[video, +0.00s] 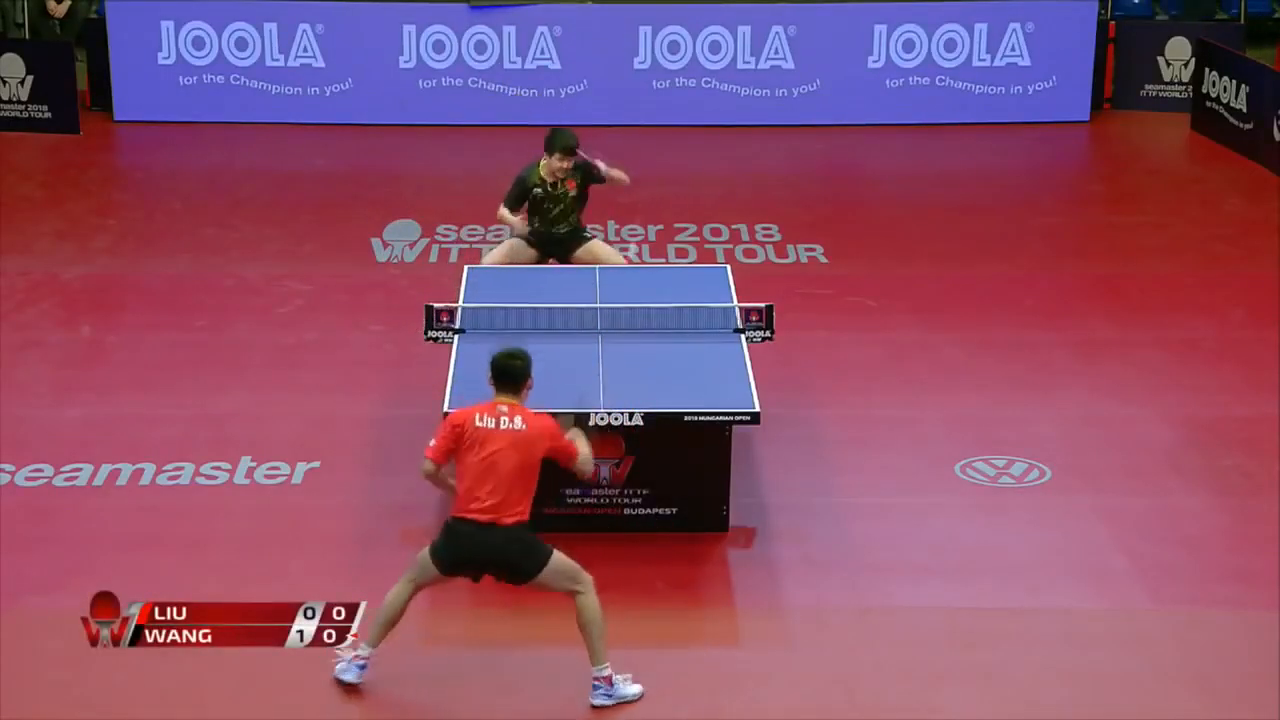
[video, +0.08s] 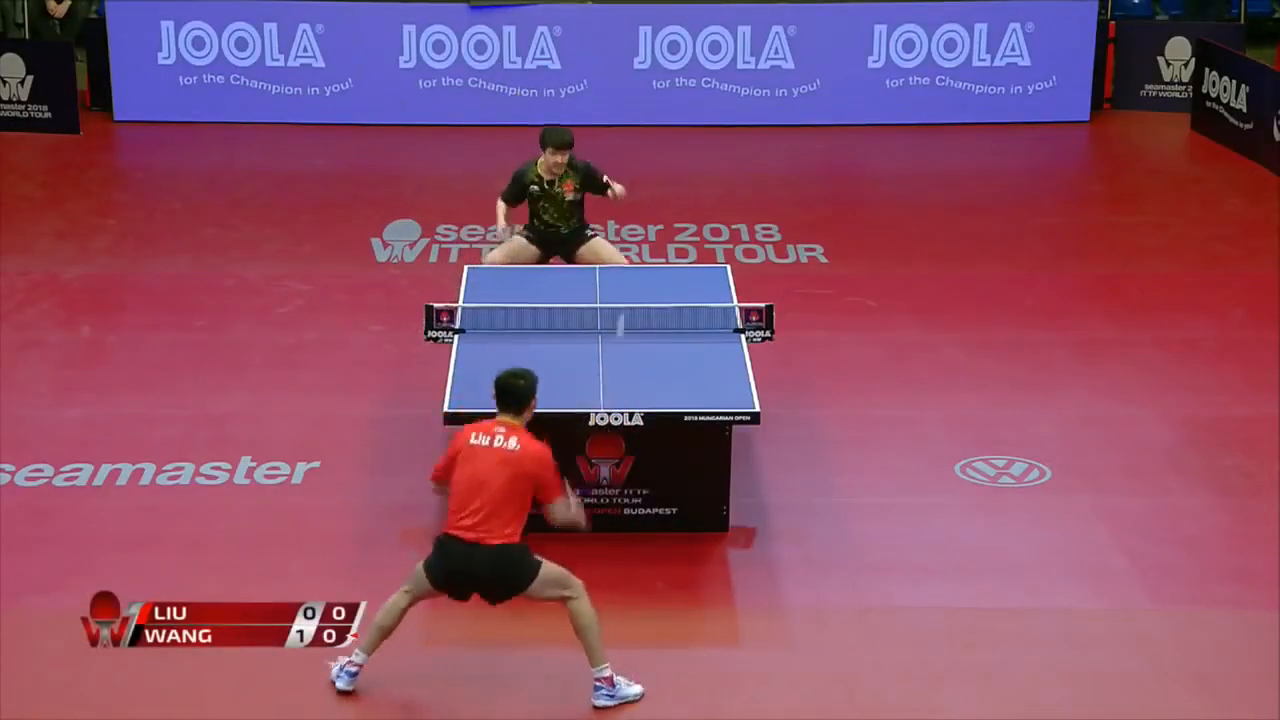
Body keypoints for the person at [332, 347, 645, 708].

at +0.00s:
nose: (530, 385)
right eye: (531, 380)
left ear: (491, 381)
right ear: (527, 385)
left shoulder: (463, 418)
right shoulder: (541, 425)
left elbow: (430, 469)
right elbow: (584, 470)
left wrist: (456, 490)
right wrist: (580, 442)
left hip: (461, 538)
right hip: (511, 543)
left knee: (409, 583)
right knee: (582, 584)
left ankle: (357, 661)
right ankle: (604, 680)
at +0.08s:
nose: (537, 404)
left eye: (530, 398)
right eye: (536, 400)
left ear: (496, 400)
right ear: (531, 406)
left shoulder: (467, 435)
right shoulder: (536, 452)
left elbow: (439, 481)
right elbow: (557, 514)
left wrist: (476, 494)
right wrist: (575, 513)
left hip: (451, 555)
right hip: (504, 562)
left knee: (405, 595)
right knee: (572, 588)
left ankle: (350, 666)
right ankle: (605, 680)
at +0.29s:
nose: (488, 411)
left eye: (488, 405)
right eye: (485, 405)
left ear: (447, 401)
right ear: (467, 406)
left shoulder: (417, 427)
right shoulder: (458, 446)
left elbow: (447, 432)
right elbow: (479, 502)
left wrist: (476, 428)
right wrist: (523, 486)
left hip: (423, 551)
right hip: (465, 555)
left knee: (402, 584)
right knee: (549, 593)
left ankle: (350, 646)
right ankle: (594, 680)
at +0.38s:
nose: (448, 398)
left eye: (446, 391)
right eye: (448, 391)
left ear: (409, 396)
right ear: (439, 397)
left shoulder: (388, 437)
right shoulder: (455, 430)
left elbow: (420, 423)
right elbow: (505, 416)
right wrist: (472, 373)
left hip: (422, 553)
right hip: (472, 551)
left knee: (392, 574)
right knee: (556, 578)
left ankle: (349, 644)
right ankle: (553, 668)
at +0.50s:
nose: (428, 393)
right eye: (424, 388)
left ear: (386, 402)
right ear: (422, 395)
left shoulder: (381, 456)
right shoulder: (446, 419)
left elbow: (367, 502)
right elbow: (464, 369)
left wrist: (388, 453)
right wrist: (414, 351)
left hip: (427, 552)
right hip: (478, 546)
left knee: (376, 573)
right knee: (541, 584)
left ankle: (344, 656)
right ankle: (547, 663)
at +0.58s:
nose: (421, 400)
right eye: (419, 395)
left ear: (381, 407)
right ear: (417, 402)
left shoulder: (375, 465)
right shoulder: (446, 424)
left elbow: (365, 517)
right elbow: (477, 383)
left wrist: (388, 470)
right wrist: (430, 350)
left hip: (423, 558)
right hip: (475, 550)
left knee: (373, 575)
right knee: (530, 586)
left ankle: (344, 662)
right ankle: (557, 669)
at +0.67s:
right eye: (423, 387)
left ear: (388, 397)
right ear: (426, 392)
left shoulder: (378, 454)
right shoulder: (453, 424)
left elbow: (363, 516)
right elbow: (502, 409)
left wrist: (371, 483)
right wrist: (467, 363)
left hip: (415, 561)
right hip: (468, 555)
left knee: (372, 578)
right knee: (531, 586)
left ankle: (344, 664)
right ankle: (560, 676)